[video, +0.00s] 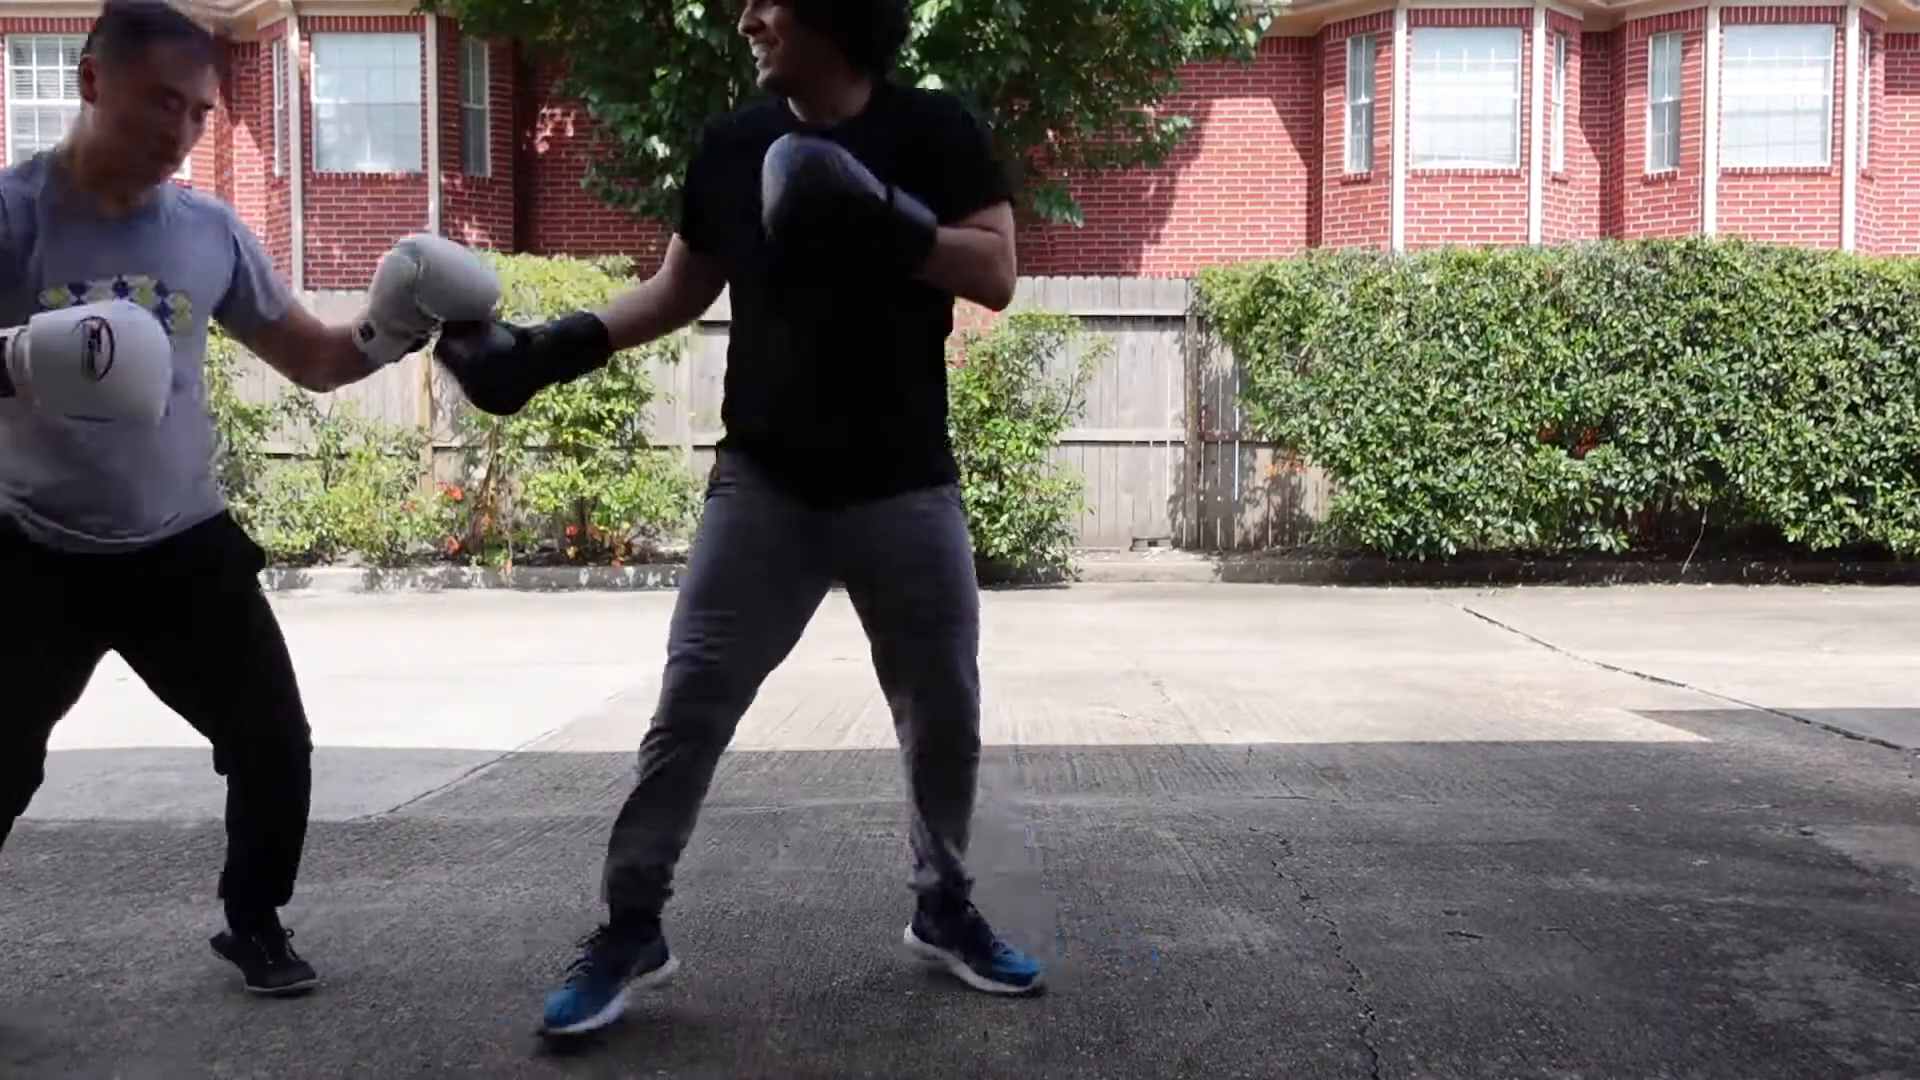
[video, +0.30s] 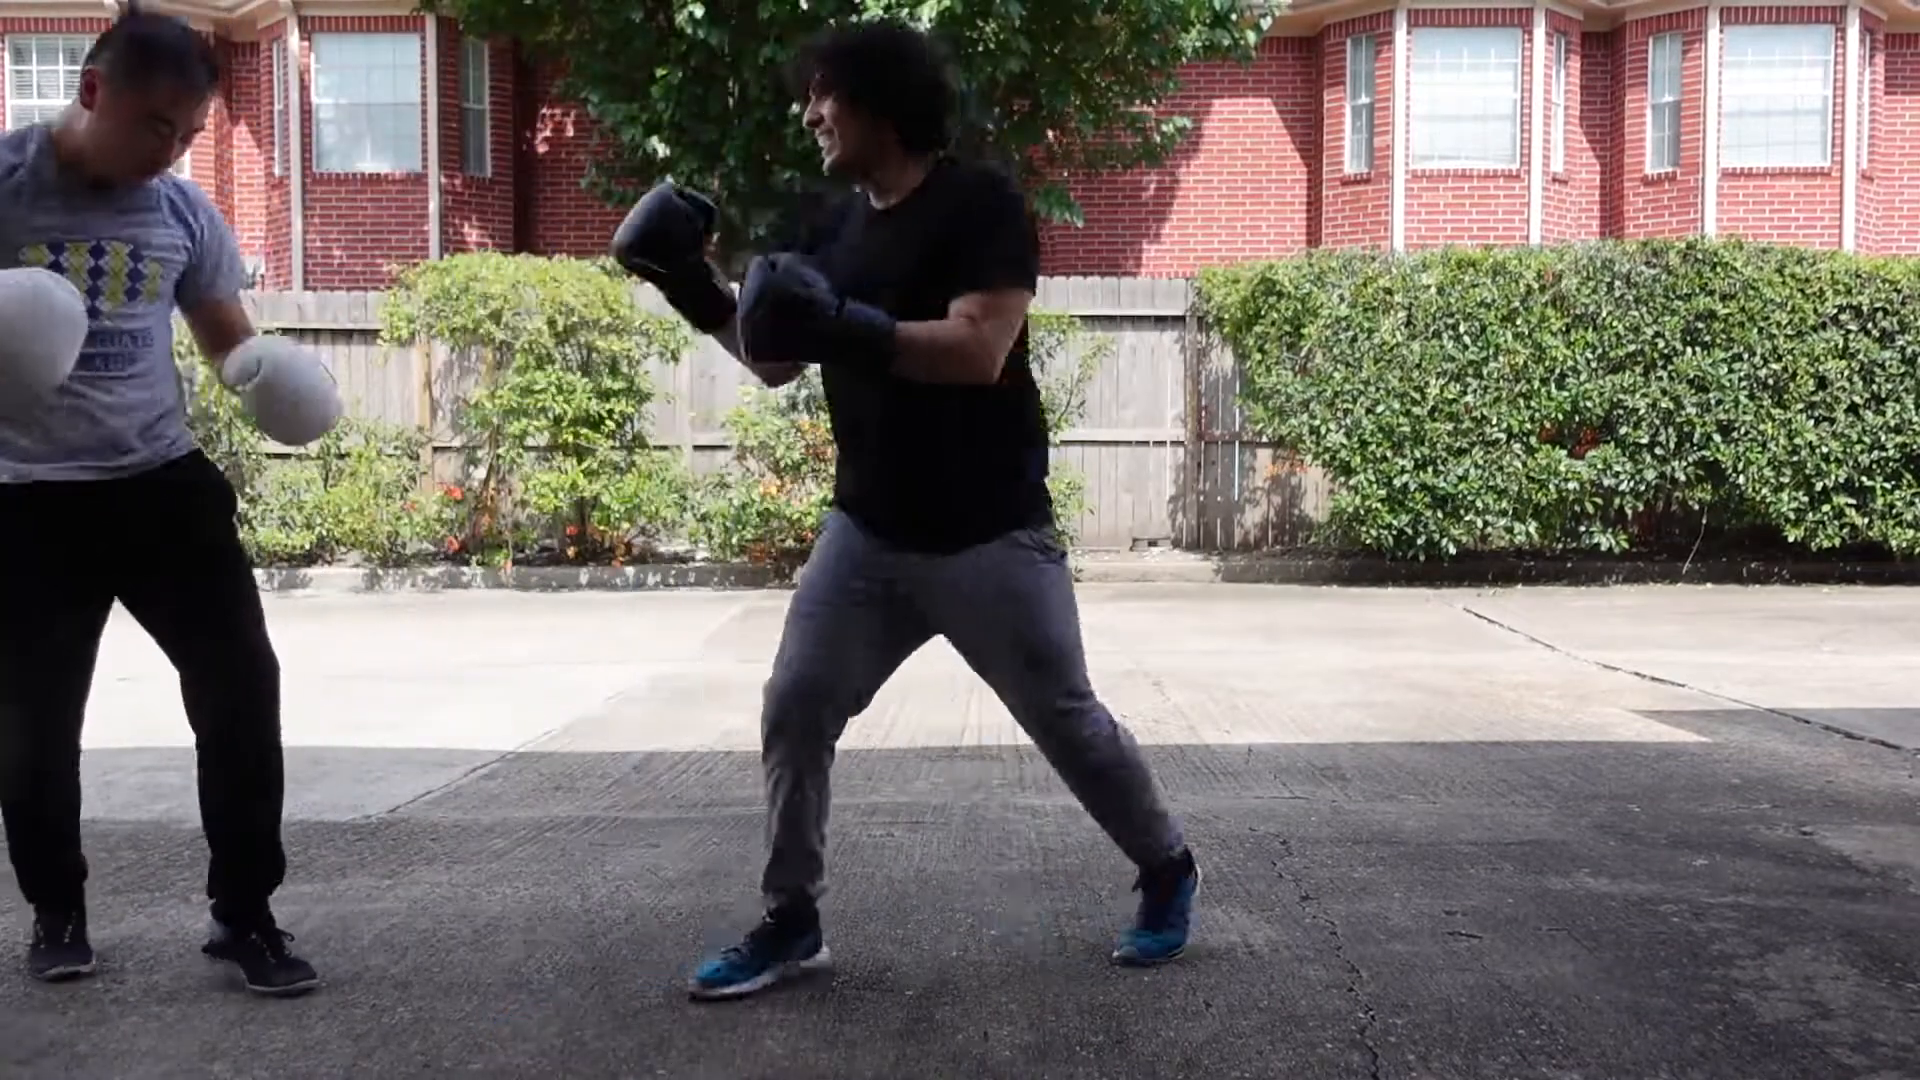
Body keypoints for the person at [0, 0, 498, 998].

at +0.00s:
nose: (184, 130)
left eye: (199, 109)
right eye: (165, 101)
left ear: (211, 108)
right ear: (94, 83)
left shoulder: (207, 230)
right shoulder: (14, 212)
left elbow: (314, 357)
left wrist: (406, 319)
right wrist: (21, 361)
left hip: (183, 548)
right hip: (33, 549)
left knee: (272, 745)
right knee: (2, 775)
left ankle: (254, 921)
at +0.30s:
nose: (174, 153)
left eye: (187, 133)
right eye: (161, 128)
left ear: (196, 118)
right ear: (95, 92)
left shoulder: (180, 208)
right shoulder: (10, 182)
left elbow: (233, 340)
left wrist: (281, 385)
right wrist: (7, 327)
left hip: (161, 482)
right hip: (30, 495)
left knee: (241, 683)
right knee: (34, 724)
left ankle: (244, 912)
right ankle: (56, 913)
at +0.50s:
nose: (148, 204)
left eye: (164, 189)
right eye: (137, 182)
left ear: (180, 174)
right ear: (82, 134)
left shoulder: (159, 234)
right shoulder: (9, 202)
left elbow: (200, 369)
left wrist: (126, 382)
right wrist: (16, 394)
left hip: (137, 497)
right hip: (21, 509)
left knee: (225, 665)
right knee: (30, 723)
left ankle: (234, 894)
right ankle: (58, 918)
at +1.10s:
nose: (218, 338)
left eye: (233, 329)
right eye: (225, 321)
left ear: (193, 273)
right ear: (192, 271)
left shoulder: (173, 347)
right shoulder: (36, 259)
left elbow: (162, 462)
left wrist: (177, 522)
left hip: (74, 476)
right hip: (2, 497)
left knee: (199, 514)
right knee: (15, 721)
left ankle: (145, 672)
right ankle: (69, 915)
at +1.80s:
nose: (183, 335)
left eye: (199, 322)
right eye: (182, 314)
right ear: (133, 266)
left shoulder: (161, 348)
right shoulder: (11, 270)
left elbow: (153, 480)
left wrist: (136, 600)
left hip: (65, 470)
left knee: (194, 489)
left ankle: (166, 663)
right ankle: (41, 909)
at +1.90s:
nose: (175, 348)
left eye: (189, 337)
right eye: (173, 329)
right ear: (128, 281)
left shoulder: (171, 363)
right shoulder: (12, 274)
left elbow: (156, 488)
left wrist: (138, 601)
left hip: (75, 476)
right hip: (0, 495)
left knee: (195, 472)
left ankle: (167, 659)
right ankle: (40, 909)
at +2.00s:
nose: (166, 358)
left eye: (181, 347)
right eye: (162, 340)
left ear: (196, 325)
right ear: (118, 288)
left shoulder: (174, 354)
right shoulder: (15, 277)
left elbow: (164, 481)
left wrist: (143, 595)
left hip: (72, 474)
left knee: (193, 459)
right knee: (2, 710)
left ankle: (173, 656)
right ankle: (40, 909)